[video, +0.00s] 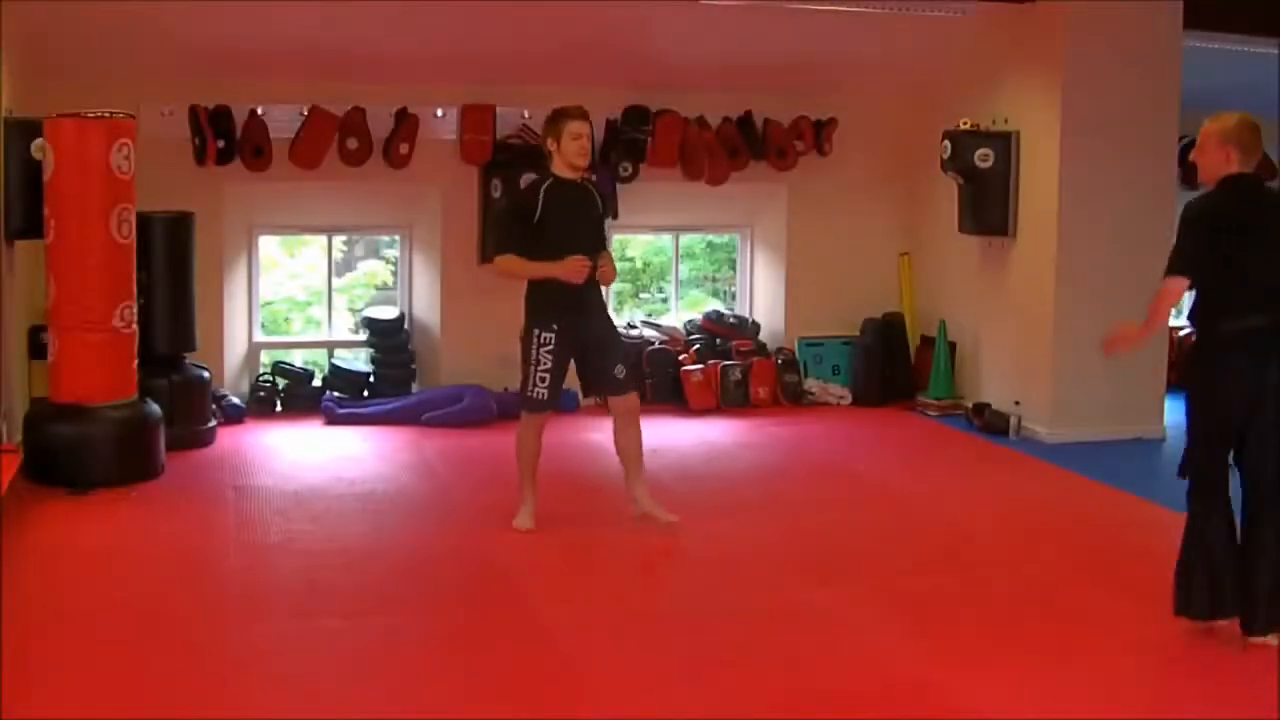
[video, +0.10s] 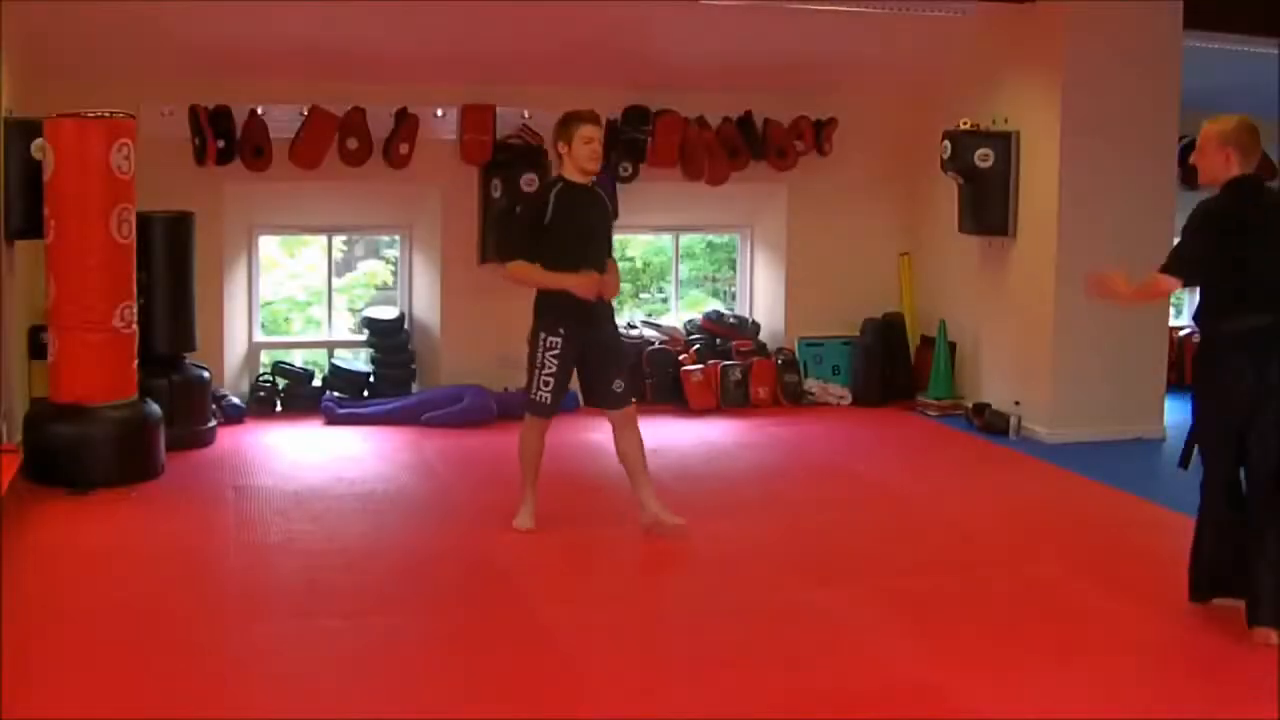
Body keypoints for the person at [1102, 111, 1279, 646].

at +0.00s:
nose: (1194, 156)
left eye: (1201, 146)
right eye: (1196, 146)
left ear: (1228, 154)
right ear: (1248, 155)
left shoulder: (1207, 209)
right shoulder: (1274, 203)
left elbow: (1176, 283)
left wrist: (1144, 330)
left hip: (1220, 358)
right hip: (1271, 359)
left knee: (1208, 471)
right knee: (1264, 478)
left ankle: (1212, 595)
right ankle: (1264, 608)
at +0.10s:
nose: (1193, 158)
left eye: (1200, 149)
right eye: (1195, 148)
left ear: (1227, 156)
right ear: (1245, 157)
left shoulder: (1218, 211)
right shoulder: (1273, 203)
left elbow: (1168, 283)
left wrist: (1122, 288)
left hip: (1228, 362)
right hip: (1273, 361)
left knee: (1221, 471)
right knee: (1268, 478)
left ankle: (1224, 580)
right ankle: (1267, 611)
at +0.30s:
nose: (1197, 185)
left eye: (1201, 176)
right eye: (1195, 177)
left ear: (1225, 173)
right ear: (1240, 174)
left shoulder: (1215, 230)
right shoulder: (1269, 222)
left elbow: (1146, 251)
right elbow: (1208, 251)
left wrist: (1148, 210)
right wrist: (1168, 220)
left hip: (1222, 369)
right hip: (1263, 364)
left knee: (1216, 470)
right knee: (1248, 464)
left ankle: (1233, 584)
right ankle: (1266, 574)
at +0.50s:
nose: (1176, 183)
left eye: (1178, 174)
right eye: (1174, 176)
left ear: (1199, 163)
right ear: (1211, 161)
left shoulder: (1215, 204)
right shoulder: (1244, 203)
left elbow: (1142, 224)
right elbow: (1173, 228)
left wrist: (1146, 196)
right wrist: (1159, 199)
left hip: (1215, 340)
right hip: (1238, 335)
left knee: (1218, 458)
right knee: (1232, 458)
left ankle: (1236, 582)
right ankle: (1231, 575)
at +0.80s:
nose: (1131, 212)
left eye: (1129, 204)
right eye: (1127, 207)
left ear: (1145, 186)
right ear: (1148, 180)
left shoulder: (1186, 207)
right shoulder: (1192, 201)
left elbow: (1126, 252)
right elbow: (1136, 251)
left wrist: (1105, 231)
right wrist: (1115, 230)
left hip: (1208, 343)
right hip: (1196, 338)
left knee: (1194, 451)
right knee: (1180, 442)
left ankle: (1235, 559)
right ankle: (1175, 536)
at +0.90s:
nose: (1116, 213)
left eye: (1113, 203)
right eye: (1111, 206)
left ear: (1131, 183)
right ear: (1136, 178)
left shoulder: (1171, 204)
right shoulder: (1184, 199)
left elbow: (1128, 260)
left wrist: (1092, 253)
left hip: (1202, 338)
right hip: (1198, 334)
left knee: (1190, 448)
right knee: (1181, 444)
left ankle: (1223, 554)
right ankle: (1174, 540)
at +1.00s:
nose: (1106, 194)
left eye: (1107, 185)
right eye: (1103, 186)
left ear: (1132, 173)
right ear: (1133, 173)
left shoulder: (1166, 207)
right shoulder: (1172, 202)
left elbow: (1138, 283)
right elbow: (1197, 287)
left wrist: (1079, 311)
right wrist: (1223, 351)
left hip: (1191, 340)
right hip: (1187, 337)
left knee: (1189, 445)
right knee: (1175, 442)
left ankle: (1219, 550)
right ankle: (1178, 541)